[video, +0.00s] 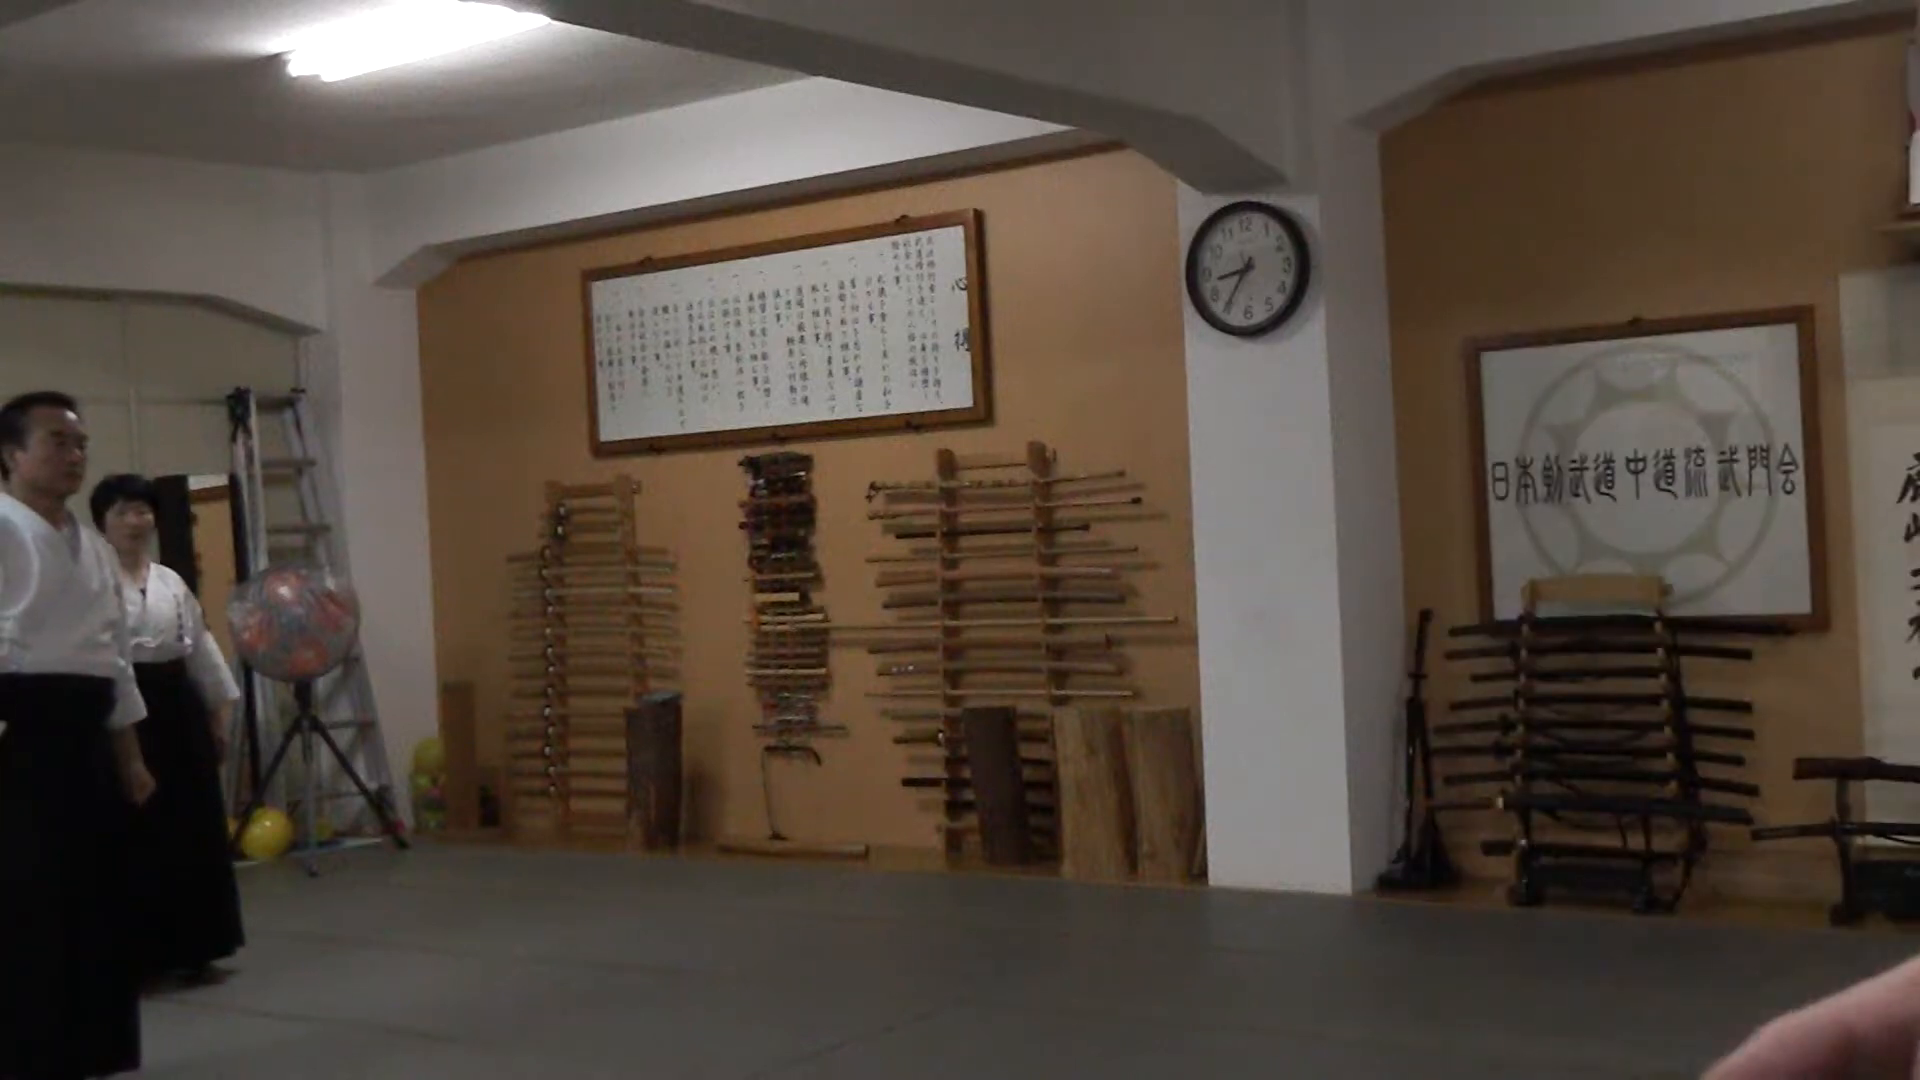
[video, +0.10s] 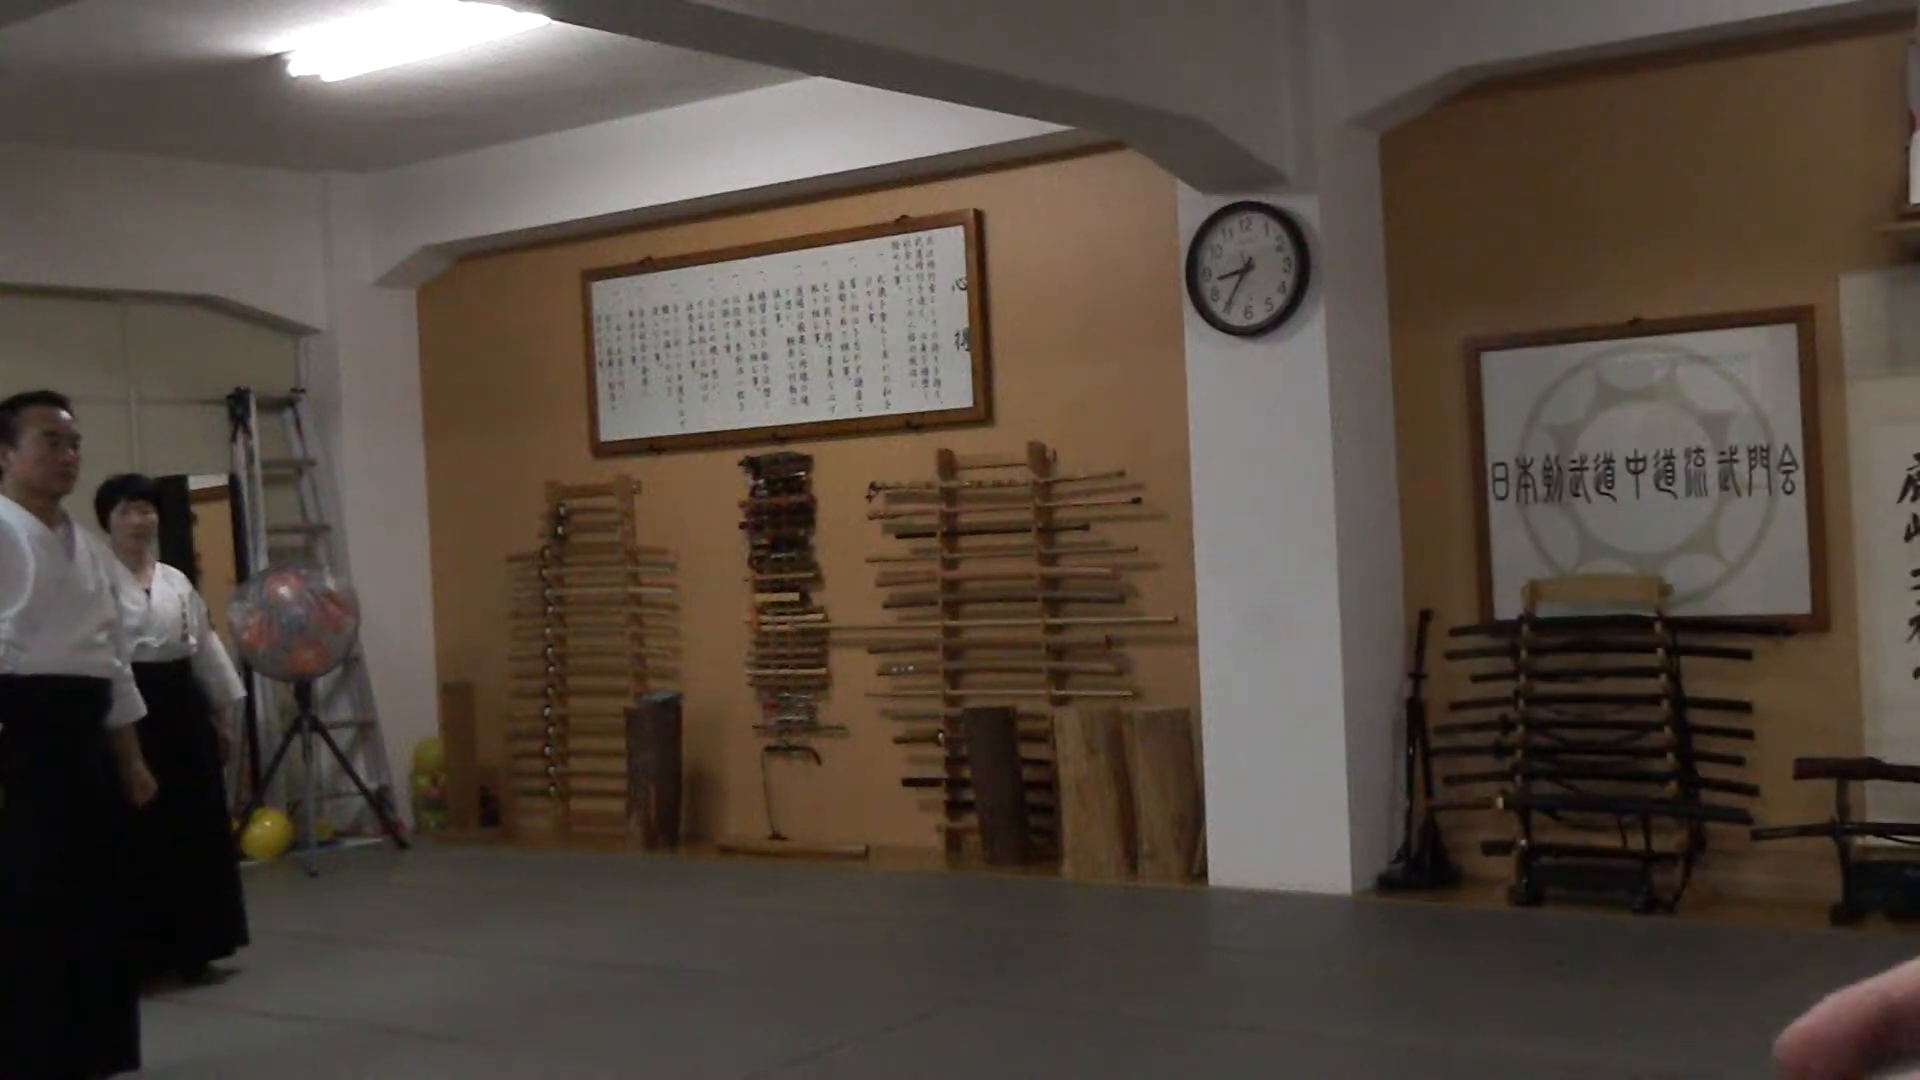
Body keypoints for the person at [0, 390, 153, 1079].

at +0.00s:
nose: (75, 451)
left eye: (79, 441)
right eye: (58, 439)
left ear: (81, 454)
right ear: (13, 454)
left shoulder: (89, 541)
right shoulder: (7, 527)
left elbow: (113, 648)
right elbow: (5, 640)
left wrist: (130, 749)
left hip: (88, 715)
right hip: (22, 713)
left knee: (94, 879)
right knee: (32, 884)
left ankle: (95, 1044)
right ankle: (35, 1049)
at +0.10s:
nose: (69, 454)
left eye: (74, 442)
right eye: (52, 441)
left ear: (77, 454)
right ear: (10, 454)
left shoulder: (85, 541)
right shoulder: (6, 530)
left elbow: (110, 650)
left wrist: (130, 749)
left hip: (84, 715)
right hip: (20, 713)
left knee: (93, 882)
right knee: (31, 887)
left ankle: (96, 1046)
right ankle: (36, 1049)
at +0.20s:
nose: (58, 454)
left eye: (65, 442)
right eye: (41, 441)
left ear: (71, 455)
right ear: (2, 453)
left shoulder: (80, 544)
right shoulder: (4, 533)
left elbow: (106, 653)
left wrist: (133, 749)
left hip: (81, 717)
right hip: (18, 715)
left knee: (90, 886)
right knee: (29, 893)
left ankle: (94, 1050)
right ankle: (35, 1053)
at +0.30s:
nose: (41, 453)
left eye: (50, 442)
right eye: (25, 440)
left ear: (59, 454)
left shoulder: (72, 549)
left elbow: (102, 651)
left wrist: (130, 743)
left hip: (76, 721)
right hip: (15, 719)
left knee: (88, 886)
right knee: (26, 894)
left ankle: (92, 1050)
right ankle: (33, 1053)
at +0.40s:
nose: (27, 452)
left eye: (35, 440)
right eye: (12, 439)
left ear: (45, 451)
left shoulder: (62, 548)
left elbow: (96, 659)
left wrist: (127, 749)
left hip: (67, 724)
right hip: (10, 721)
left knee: (84, 889)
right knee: (22, 897)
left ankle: (94, 1050)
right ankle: (32, 1053)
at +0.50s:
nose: (13, 452)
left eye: (19, 439)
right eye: (2, 440)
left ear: (30, 451)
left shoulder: (48, 546)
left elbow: (83, 657)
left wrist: (117, 753)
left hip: (53, 724)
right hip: (12, 723)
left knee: (73, 891)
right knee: (19, 895)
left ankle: (86, 1051)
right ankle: (32, 1052)